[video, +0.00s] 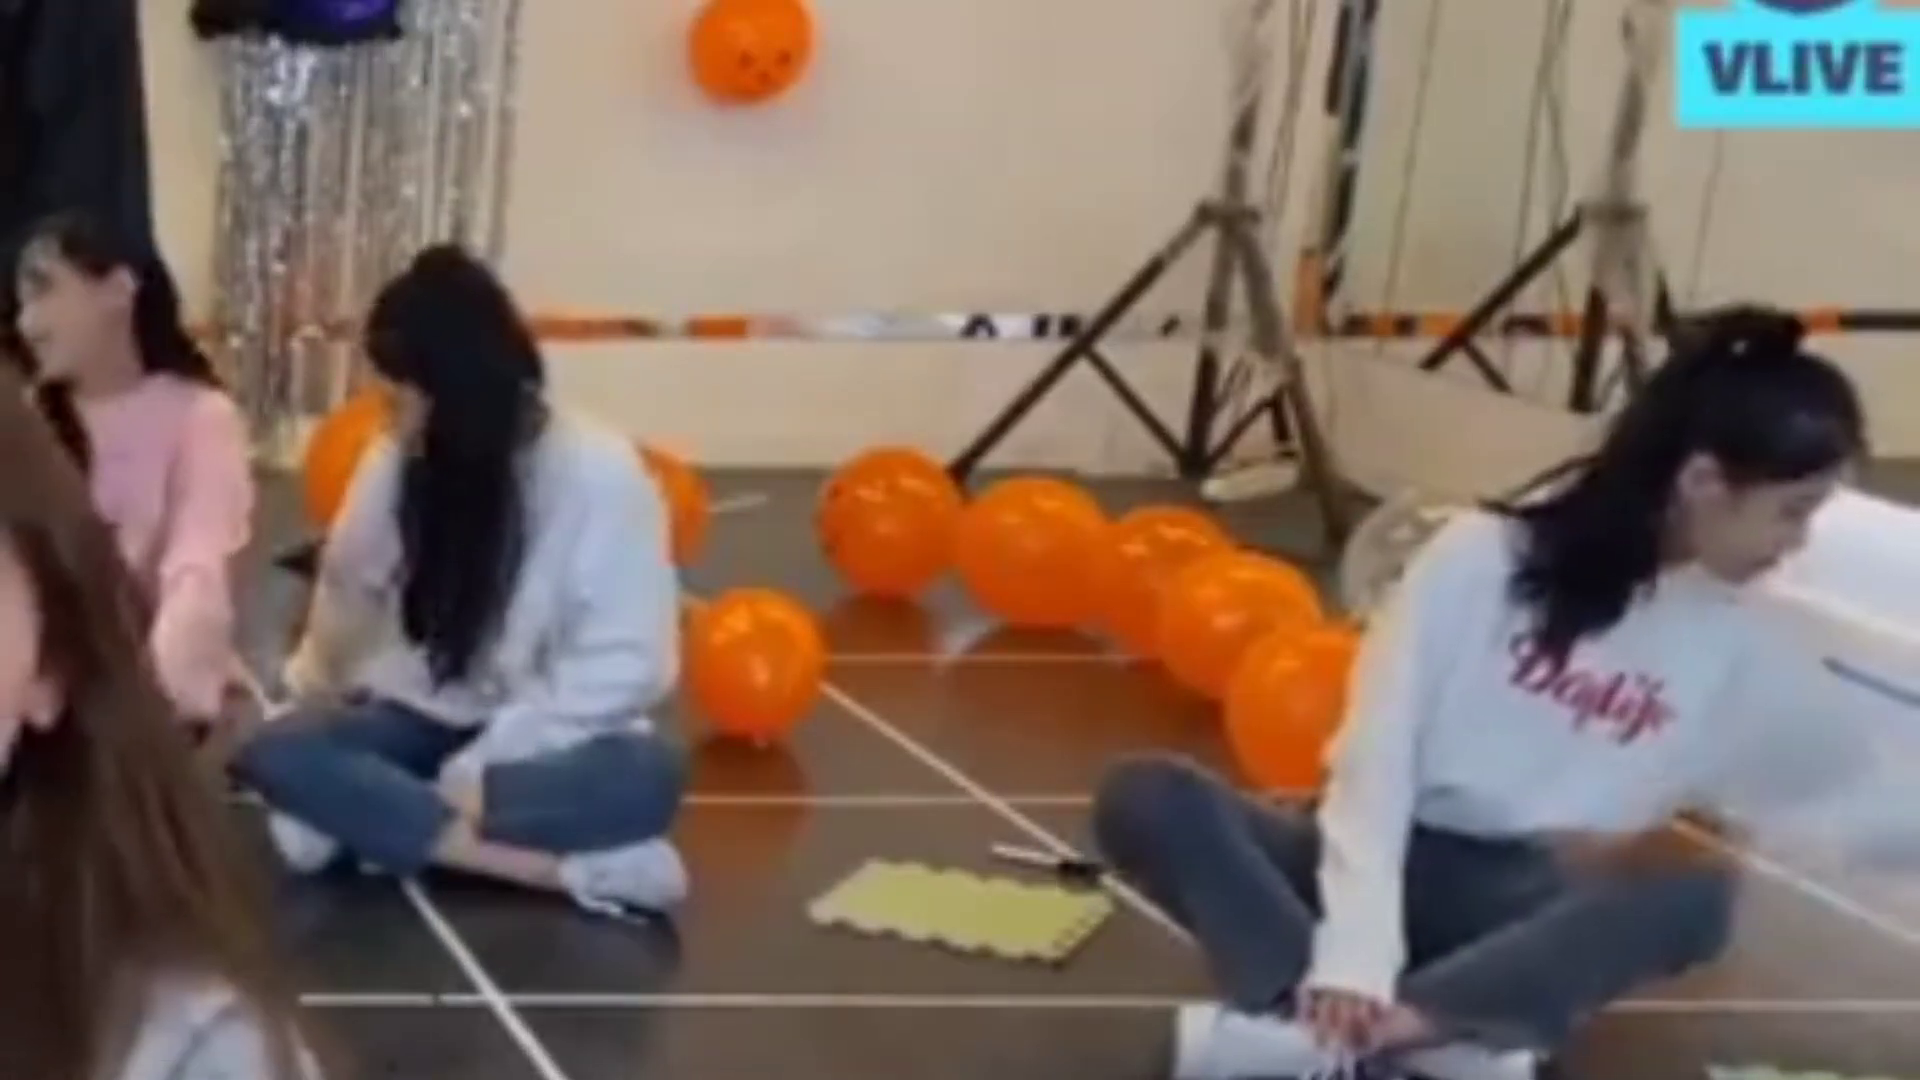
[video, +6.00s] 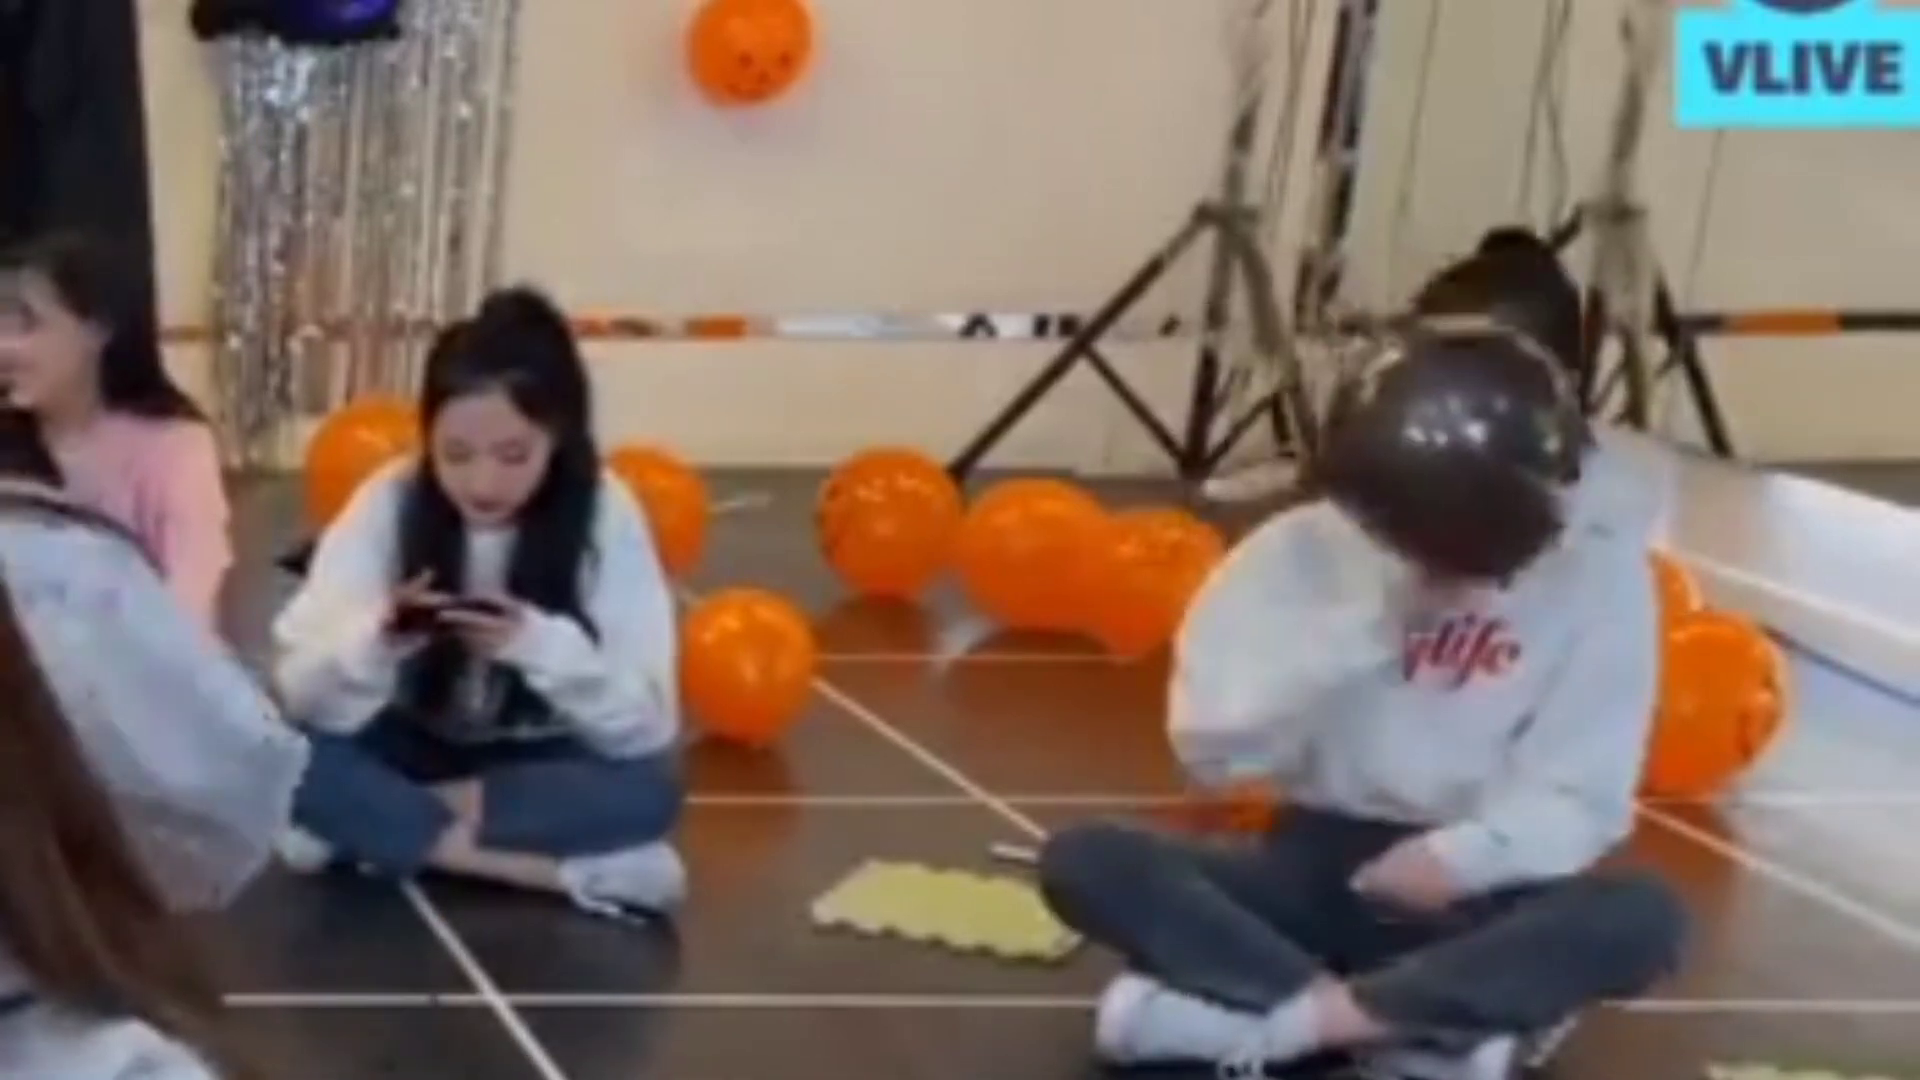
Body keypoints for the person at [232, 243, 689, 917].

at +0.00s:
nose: (390, 405)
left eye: (401, 385)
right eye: (388, 383)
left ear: (453, 379)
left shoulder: (601, 473)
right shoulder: (402, 463)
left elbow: (629, 664)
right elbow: (346, 596)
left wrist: (479, 770)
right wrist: (309, 693)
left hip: (551, 722)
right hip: (425, 711)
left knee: (647, 777)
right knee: (275, 753)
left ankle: (371, 834)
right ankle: (552, 875)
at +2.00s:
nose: (476, 478)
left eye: (503, 450)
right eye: (450, 451)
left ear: (553, 437)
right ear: (419, 439)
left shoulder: (601, 515)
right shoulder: (384, 503)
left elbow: (644, 718)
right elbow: (307, 696)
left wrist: (523, 646)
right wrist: (373, 635)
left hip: (545, 745)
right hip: (411, 737)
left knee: (650, 787)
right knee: (277, 756)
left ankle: (365, 837)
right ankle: (552, 877)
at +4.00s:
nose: (479, 482)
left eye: (510, 455)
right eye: (454, 454)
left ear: (558, 441)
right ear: (424, 437)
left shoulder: (603, 515)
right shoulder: (388, 501)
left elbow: (645, 724)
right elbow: (308, 700)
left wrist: (533, 645)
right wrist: (383, 634)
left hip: (545, 745)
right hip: (410, 736)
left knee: (647, 792)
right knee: (276, 759)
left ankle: (366, 838)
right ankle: (548, 877)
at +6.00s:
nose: (483, 485)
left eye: (513, 457)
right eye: (457, 456)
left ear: (558, 442)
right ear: (427, 440)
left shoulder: (605, 515)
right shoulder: (390, 502)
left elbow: (646, 725)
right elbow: (304, 699)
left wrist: (535, 646)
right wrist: (382, 641)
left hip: (543, 744)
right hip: (407, 736)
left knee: (647, 793)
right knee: (296, 768)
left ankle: (375, 835)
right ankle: (550, 877)